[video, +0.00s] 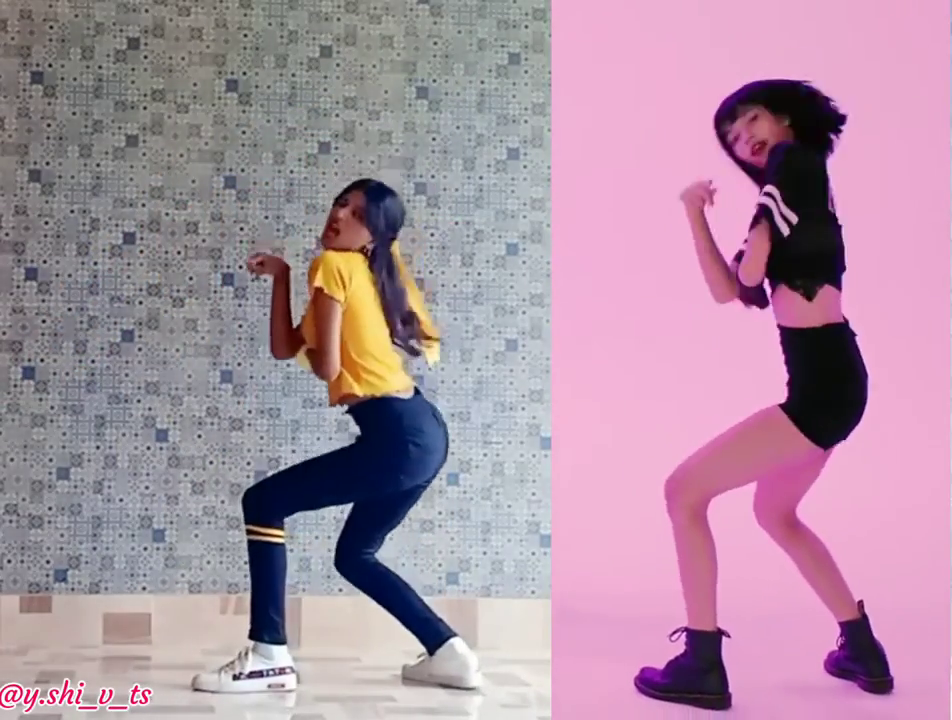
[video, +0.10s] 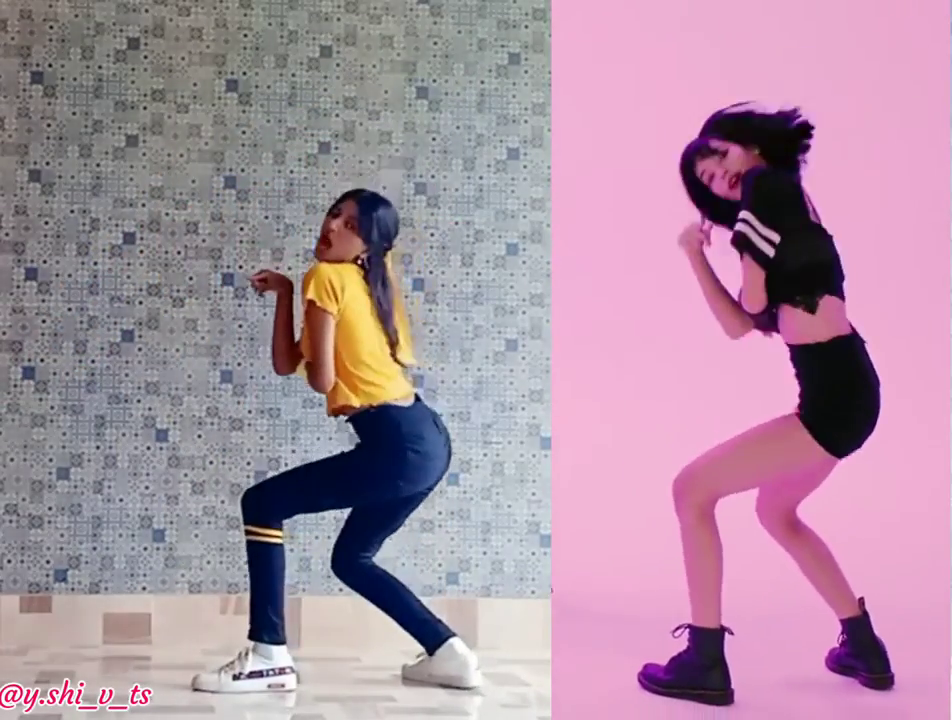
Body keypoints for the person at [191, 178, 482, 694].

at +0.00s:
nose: (337, 214)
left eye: (351, 212)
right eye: (340, 204)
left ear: (372, 234)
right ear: (339, 210)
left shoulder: (335, 264)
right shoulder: (377, 273)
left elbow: (328, 367)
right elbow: (283, 347)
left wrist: (316, 328)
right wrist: (281, 278)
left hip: (393, 437)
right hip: (427, 435)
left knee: (262, 501)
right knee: (353, 557)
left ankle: (267, 654)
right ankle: (446, 651)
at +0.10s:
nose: (331, 225)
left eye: (346, 224)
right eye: (334, 214)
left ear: (367, 247)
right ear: (330, 216)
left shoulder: (326, 277)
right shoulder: (370, 281)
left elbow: (323, 381)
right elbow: (284, 363)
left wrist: (311, 345)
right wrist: (284, 293)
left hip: (393, 447)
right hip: (429, 445)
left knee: (261, 502)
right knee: (350, 560)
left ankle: (267, 654)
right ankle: (446, 652)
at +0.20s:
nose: (324, 213)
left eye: (338, 210)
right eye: (328, 202)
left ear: (360, 231)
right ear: (361, 231)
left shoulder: (322, 264)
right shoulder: (368, 268)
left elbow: (321, 366)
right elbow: (286, 353)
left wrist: (310, 326)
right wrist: (282, 282)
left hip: (395, 430)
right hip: (433, 428)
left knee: (268, 502)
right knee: (360, 547)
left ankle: (268, 654)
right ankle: (448, 651)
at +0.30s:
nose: (320, 194)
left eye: (333, 191)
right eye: (324, 182)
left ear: (356, 208)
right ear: (363, 209)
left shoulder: (321, 243)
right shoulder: (373, 249)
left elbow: (326, 341)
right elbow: (289, 330)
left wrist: (328, 333)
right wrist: (281, 263)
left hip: (395, 397)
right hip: (440, 408)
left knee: (286, 502)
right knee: (370, 535)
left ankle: (269, 655)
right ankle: (448, 650)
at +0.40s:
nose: (322, 198)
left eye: (335, 193)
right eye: (320, 187)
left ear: (361, 206)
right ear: (316, 188)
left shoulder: (334, 243)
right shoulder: (376, 246)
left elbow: (348, 337)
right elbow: (299, 328)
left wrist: (344, 350)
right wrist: (285, 263)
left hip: (391, 383)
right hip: (438, 401)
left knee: (301, 502)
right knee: (371, 534)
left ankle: (272, 656)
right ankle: (448, 651)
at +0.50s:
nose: (328, 208)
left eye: (340, 202)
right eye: (329, 197)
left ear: (365, 215)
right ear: (360, 211)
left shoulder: (338, 249)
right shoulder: (372, 256)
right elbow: (299, 340)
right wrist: (298, 274)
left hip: (402, 417)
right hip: (437, 420)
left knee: (276, 502)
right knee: (366, 543)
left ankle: (268, 656)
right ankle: (447, 652)